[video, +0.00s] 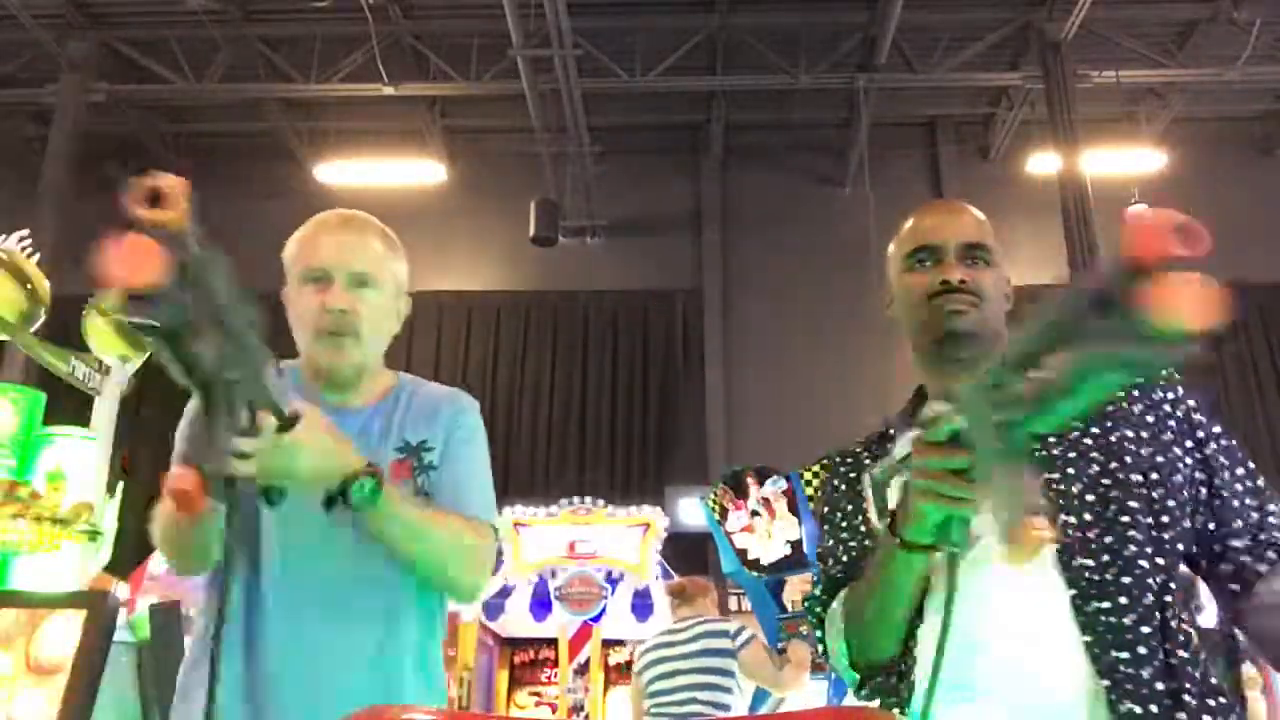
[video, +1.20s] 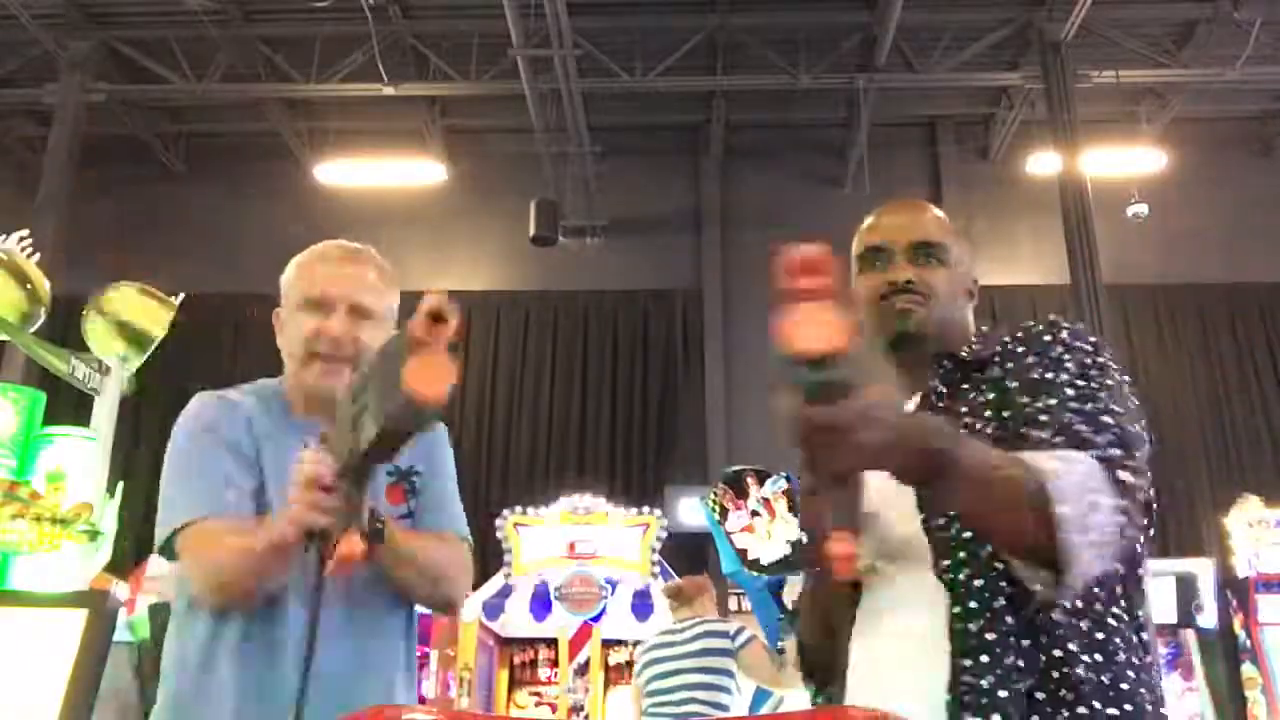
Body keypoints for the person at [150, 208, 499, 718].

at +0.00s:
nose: (337, 303)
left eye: (361, 285)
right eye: (316, 281)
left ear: (400, 310)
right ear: (286, 300)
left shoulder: (446, 417)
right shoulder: (230, 399)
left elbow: (470, 572)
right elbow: (187, 558)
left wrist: (351, 479)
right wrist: (187, 509)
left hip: (389, 704)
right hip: (241, 702)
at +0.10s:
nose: (311, 299)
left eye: (336, 281)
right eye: (289, 277)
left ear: (377, 305)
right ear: (258, 296)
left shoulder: (424, 410)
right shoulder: (198, 399)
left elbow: (441, 567)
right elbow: (161, 570)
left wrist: (300, 483)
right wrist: (182, 503)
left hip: (370, 705)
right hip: (213, 703)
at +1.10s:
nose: (333, 342)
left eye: (355, 326)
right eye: (317, 321)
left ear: (388, 338)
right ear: (275, 322)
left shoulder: (417, 437)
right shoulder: (208, 420)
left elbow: (448, 581)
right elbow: (199, 577)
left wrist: (343, 521)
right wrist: (258, 504)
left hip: (359, 710)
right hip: (210, 709)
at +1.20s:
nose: (336, 330)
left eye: (362, 315)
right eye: (317, 308)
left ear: (391, 338)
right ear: (278, 323)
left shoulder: (418, 439)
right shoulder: (215, 420)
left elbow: (452, 585)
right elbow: (212, 578)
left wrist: (372, 531)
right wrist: (289, 526)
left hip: (365, 710)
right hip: (219, 709)